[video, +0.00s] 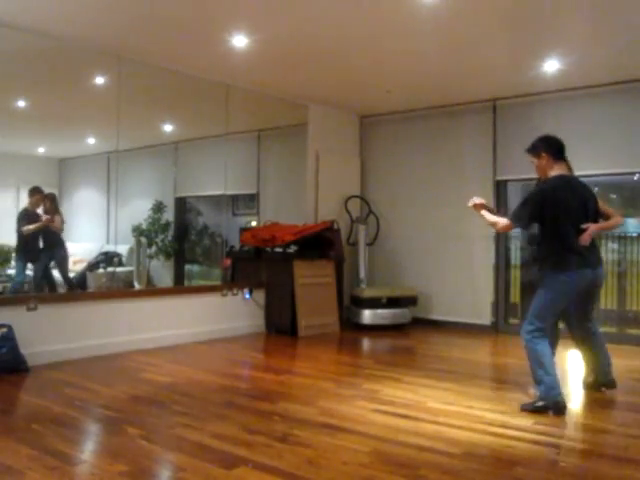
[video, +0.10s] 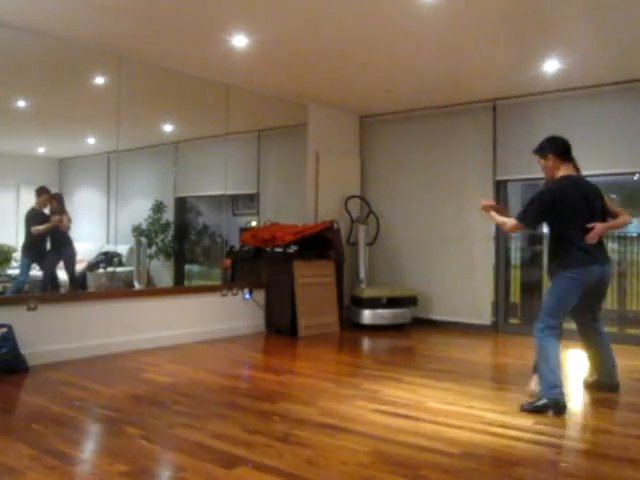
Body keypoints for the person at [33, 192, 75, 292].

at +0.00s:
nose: (44, 205)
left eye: (47, 202)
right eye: (44, 202)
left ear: (52, 203)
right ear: (43, 203)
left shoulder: (56, 215)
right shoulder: (43, 215)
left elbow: (59, 228)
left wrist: (48, 223)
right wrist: (42, 223)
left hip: (58, 246)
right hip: (47, 247)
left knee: (64, 273)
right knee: (39, 270)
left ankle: (74, 292)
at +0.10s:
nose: (51, 205)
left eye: (53, 202)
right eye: (50, 202)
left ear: (59, 203)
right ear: (50, 203)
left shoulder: (64, 214)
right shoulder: (51, 215)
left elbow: (66, 227)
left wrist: (57, 223)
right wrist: (53, 223)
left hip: (66, 246)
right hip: (55, 246)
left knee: (70, 269)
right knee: (48, 266)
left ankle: (74, 290)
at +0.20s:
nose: (57, 204)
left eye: (59, 201)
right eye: (57, 201)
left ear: (64, 202)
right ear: (56, 202)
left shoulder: (70, 213)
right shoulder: (55, 214)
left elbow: (73, 228)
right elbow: (52, 228)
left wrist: (65, 221)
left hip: (72, 244)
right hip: (60, 244)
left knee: (75, 271)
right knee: (55, 269)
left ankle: (78, 292)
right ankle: (57, 293)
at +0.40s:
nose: (64, 203)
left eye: (67, 201)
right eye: (63, 200)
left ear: (71, 201)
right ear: (61, 201)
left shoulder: (76, 212)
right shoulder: (59, 214)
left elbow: (85, 227)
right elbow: (57, 228)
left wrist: (79, 221)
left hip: (77, 244)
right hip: (65, 245)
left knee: (78, 269)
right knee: (67, 269)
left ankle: (81, 290)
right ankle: (72, 290)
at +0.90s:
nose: (62, 202)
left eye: (65, 200)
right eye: (62, 199)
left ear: (70, 200)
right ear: (61, 200)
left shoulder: (74, 212)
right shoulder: (59, 212)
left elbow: (76, 222)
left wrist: (68, 216)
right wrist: (60, 216)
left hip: (74, 243)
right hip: (61, 244)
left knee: (76, 270)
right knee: (59, 270)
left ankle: (78, 290)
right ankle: (59, 291)